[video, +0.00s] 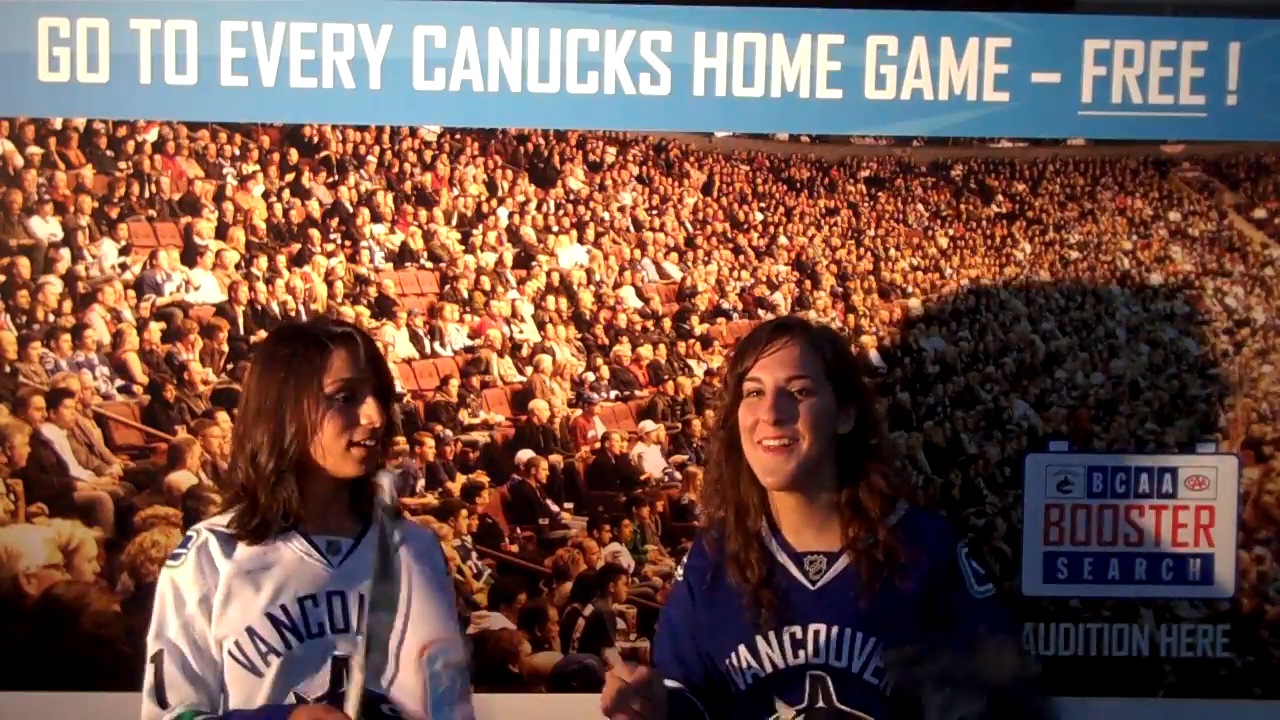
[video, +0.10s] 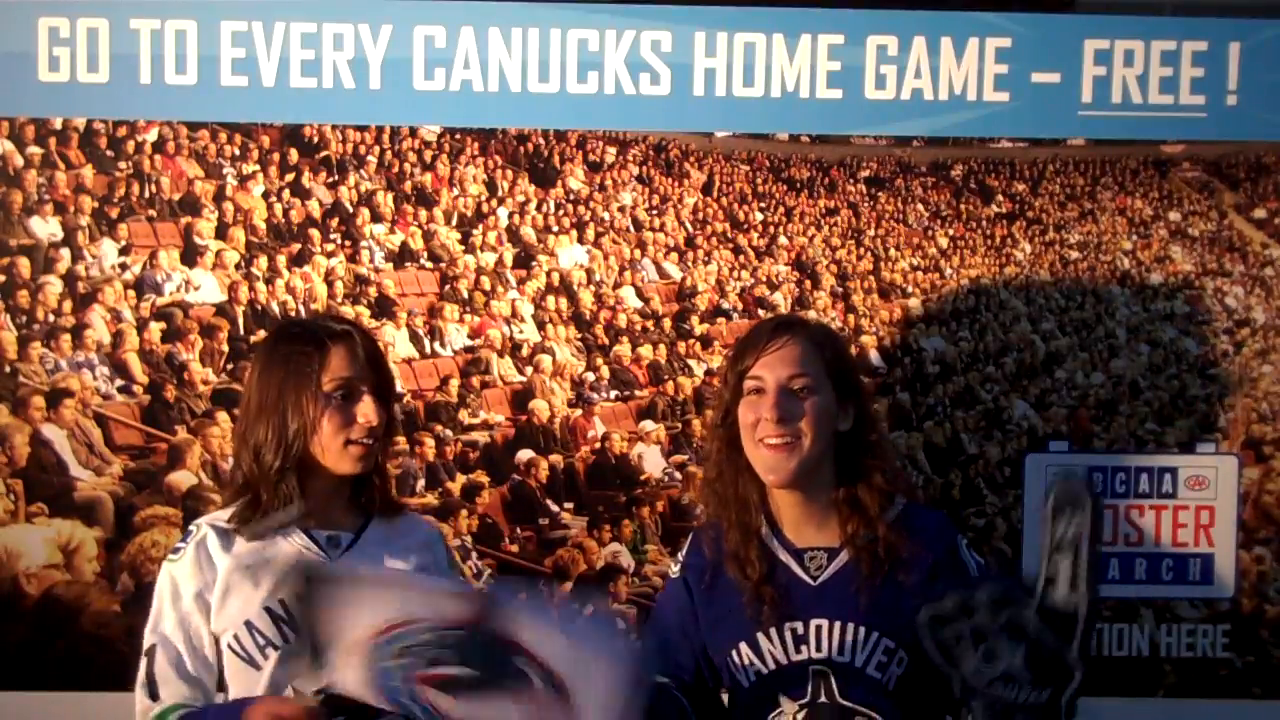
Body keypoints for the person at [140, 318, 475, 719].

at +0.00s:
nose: (375, 416)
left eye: (377, 395)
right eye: (344, 397)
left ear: (388, 401)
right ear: (284, 413)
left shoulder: (414, 552)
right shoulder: (206, 563)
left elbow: (443, 707)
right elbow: (173, 711)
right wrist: (293, 714)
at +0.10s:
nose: (374, 416)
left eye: (377, 393)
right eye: (344, 396)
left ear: (386, 398)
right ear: (285, 410)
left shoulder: (420, 542)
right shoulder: (209, 556)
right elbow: (165, 709)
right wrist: (255, 710)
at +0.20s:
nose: (373, 410)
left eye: (376, 388)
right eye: (342, 392)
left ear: (387, 394)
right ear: (285, 410)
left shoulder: (431, 540)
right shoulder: (215, 551)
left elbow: (465, 703)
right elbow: (167, 703)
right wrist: (277, 708)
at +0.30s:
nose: (376, 412)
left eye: (379, 391)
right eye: (344, 394)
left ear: (393, 400)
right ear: (290, 416)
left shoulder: (439, 543)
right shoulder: (221, 553)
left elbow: (465, 704)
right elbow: (186, 701)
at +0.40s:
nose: (377, 416)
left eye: (384, 394)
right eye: (346, 398)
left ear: (399, 405)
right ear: (294, 418)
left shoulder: (446, 549)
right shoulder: (225, 559)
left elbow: (464, 708)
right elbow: (196, 704)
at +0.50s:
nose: (382, 416)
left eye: (390, 394)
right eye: (352, 397)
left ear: (405, 407)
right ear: (300, 417)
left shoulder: (454, 551)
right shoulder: (231, 562)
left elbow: (468, 708)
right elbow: (207, 709)